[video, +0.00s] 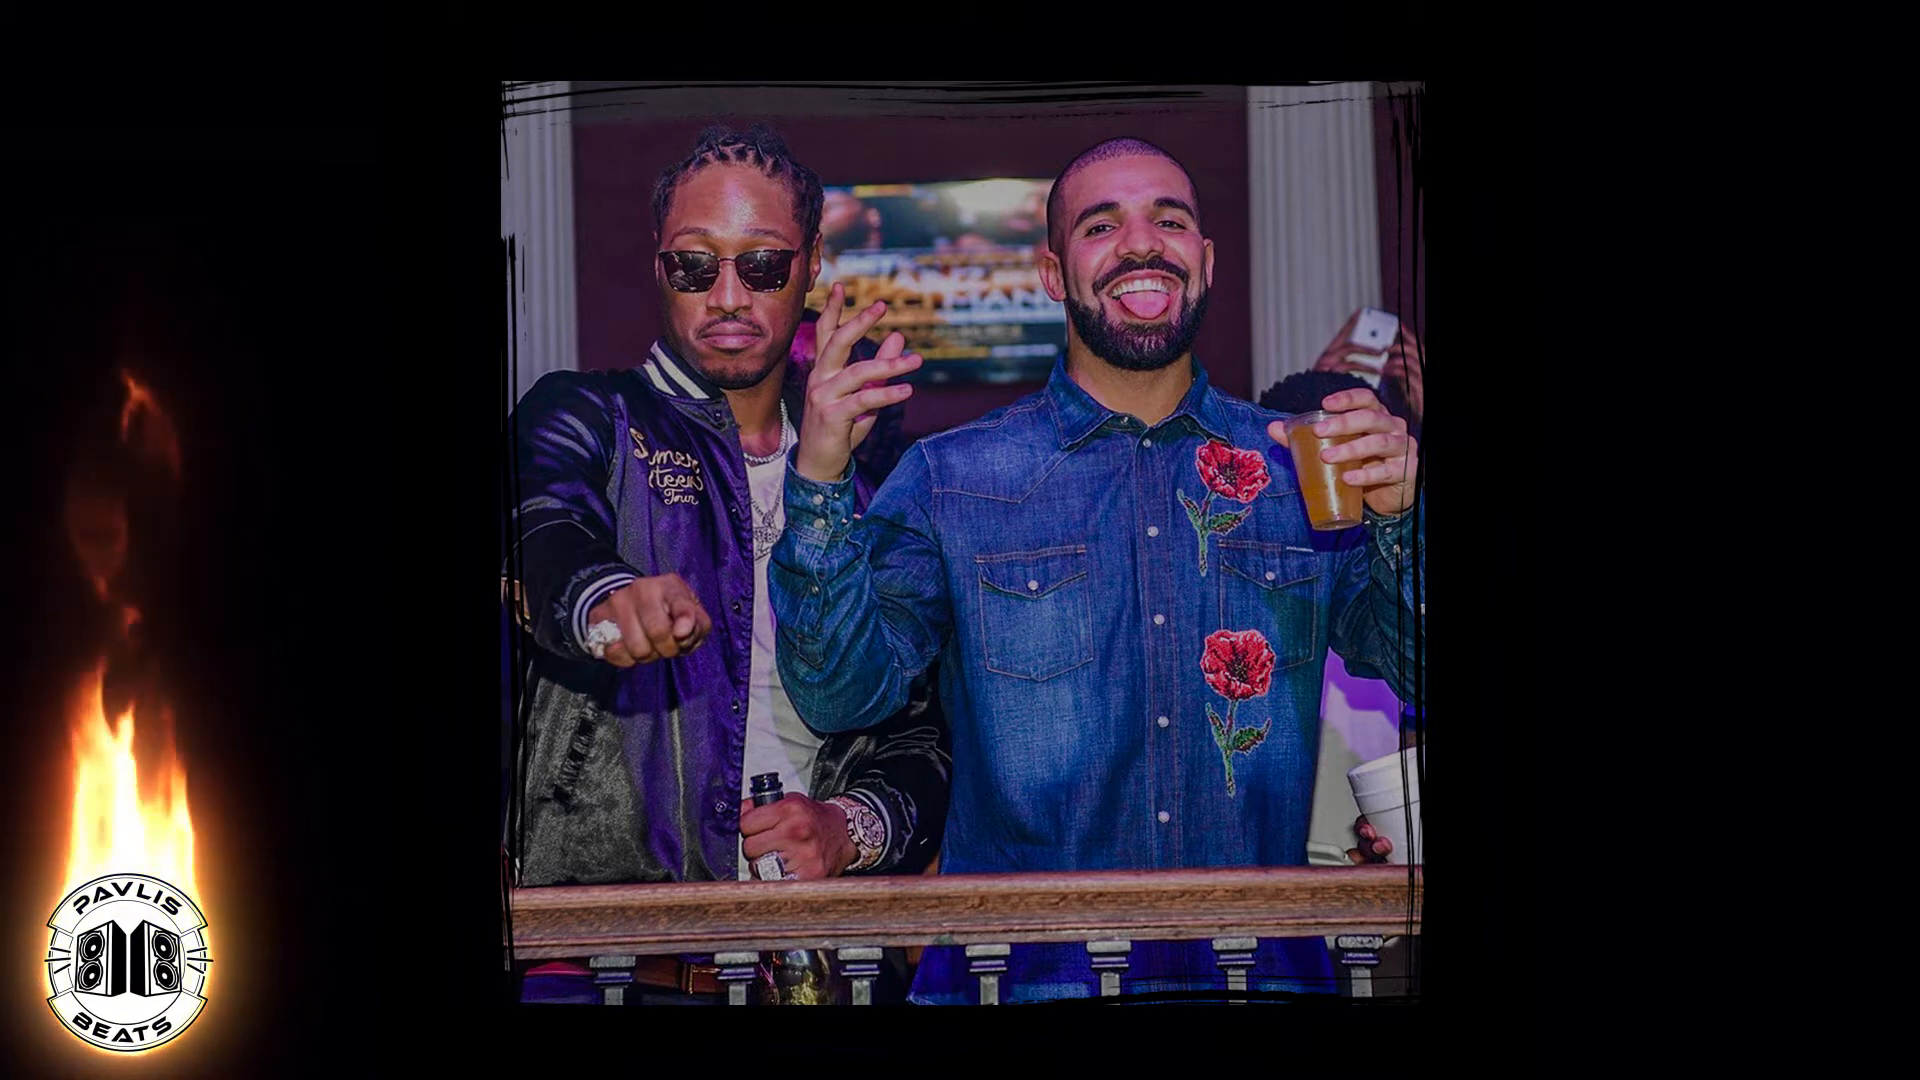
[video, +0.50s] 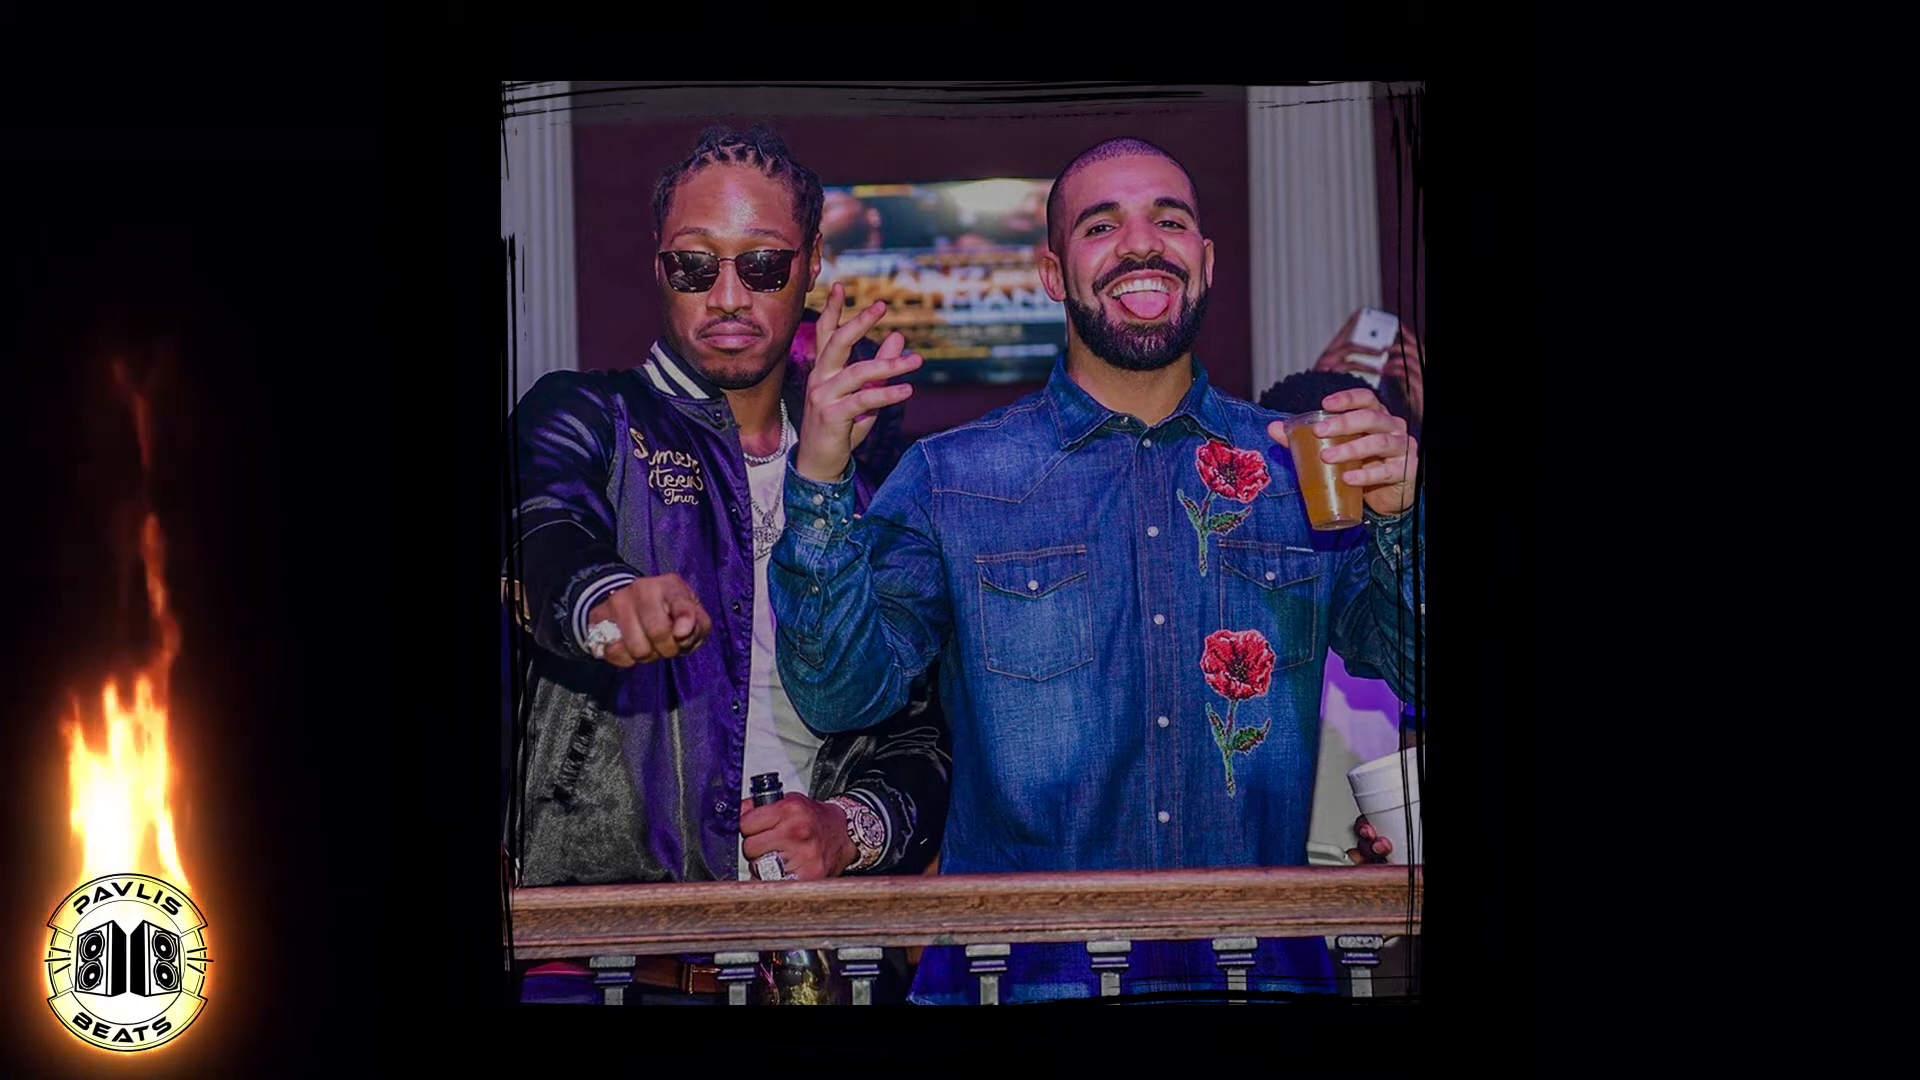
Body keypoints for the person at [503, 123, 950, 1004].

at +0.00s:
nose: (729, 296)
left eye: (763, 266)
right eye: (694, 266)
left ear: (811, 274)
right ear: (658, 272)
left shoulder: (878, 460)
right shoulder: (581, 412)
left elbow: (926, 725)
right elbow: (540, 525)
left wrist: (857, 826)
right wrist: (602, 595)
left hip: (827, 944)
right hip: (605, 943)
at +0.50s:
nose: (729, 296)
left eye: (764, 266)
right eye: (694, 266)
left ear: (811, 274)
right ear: (658, 272)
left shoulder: (878, 460)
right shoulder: (581, 412)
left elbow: (926, 725)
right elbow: (540, 525)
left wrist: (857, 826)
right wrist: (602, 595)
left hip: (827, 944)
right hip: (605, 943)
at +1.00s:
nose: (729, 296)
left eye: (764, 266)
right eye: (694, 266)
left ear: (811, 274)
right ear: (658, 272)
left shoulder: (878, 460)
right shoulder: (581, 412)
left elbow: (926, 725)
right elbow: (540, 525)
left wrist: (857, 826)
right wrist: (602, 595)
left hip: (827, 944)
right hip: (605, 943)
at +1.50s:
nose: (729, 296)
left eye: (764, 266)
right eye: (694, 266)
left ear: (811, 274)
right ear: (658, 272)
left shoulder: (878, 460)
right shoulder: (581, 412)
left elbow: (926, 725)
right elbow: (540, 525)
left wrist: (857, 826)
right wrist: (602, 595)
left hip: (827, 943)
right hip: (605, 943)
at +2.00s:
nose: (729, 296)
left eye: (763, 266)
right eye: (694, 266)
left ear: (811, 274)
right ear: (658, 272)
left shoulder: (878, 460)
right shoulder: (581, 411)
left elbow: (927, 725)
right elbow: (540, 525)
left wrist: (857, 826)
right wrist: (602, 595)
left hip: (828, 944)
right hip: (606, 943)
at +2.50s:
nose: (729, 296)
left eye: (763, 266)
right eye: (694, 266)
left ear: (811, 274)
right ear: (658, 272)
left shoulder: (878, 460)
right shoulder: (581, 411)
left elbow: (927, 725)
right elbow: (540, 525)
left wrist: (857, 826)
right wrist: (602, 595)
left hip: (828, 944)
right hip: (605, 943)